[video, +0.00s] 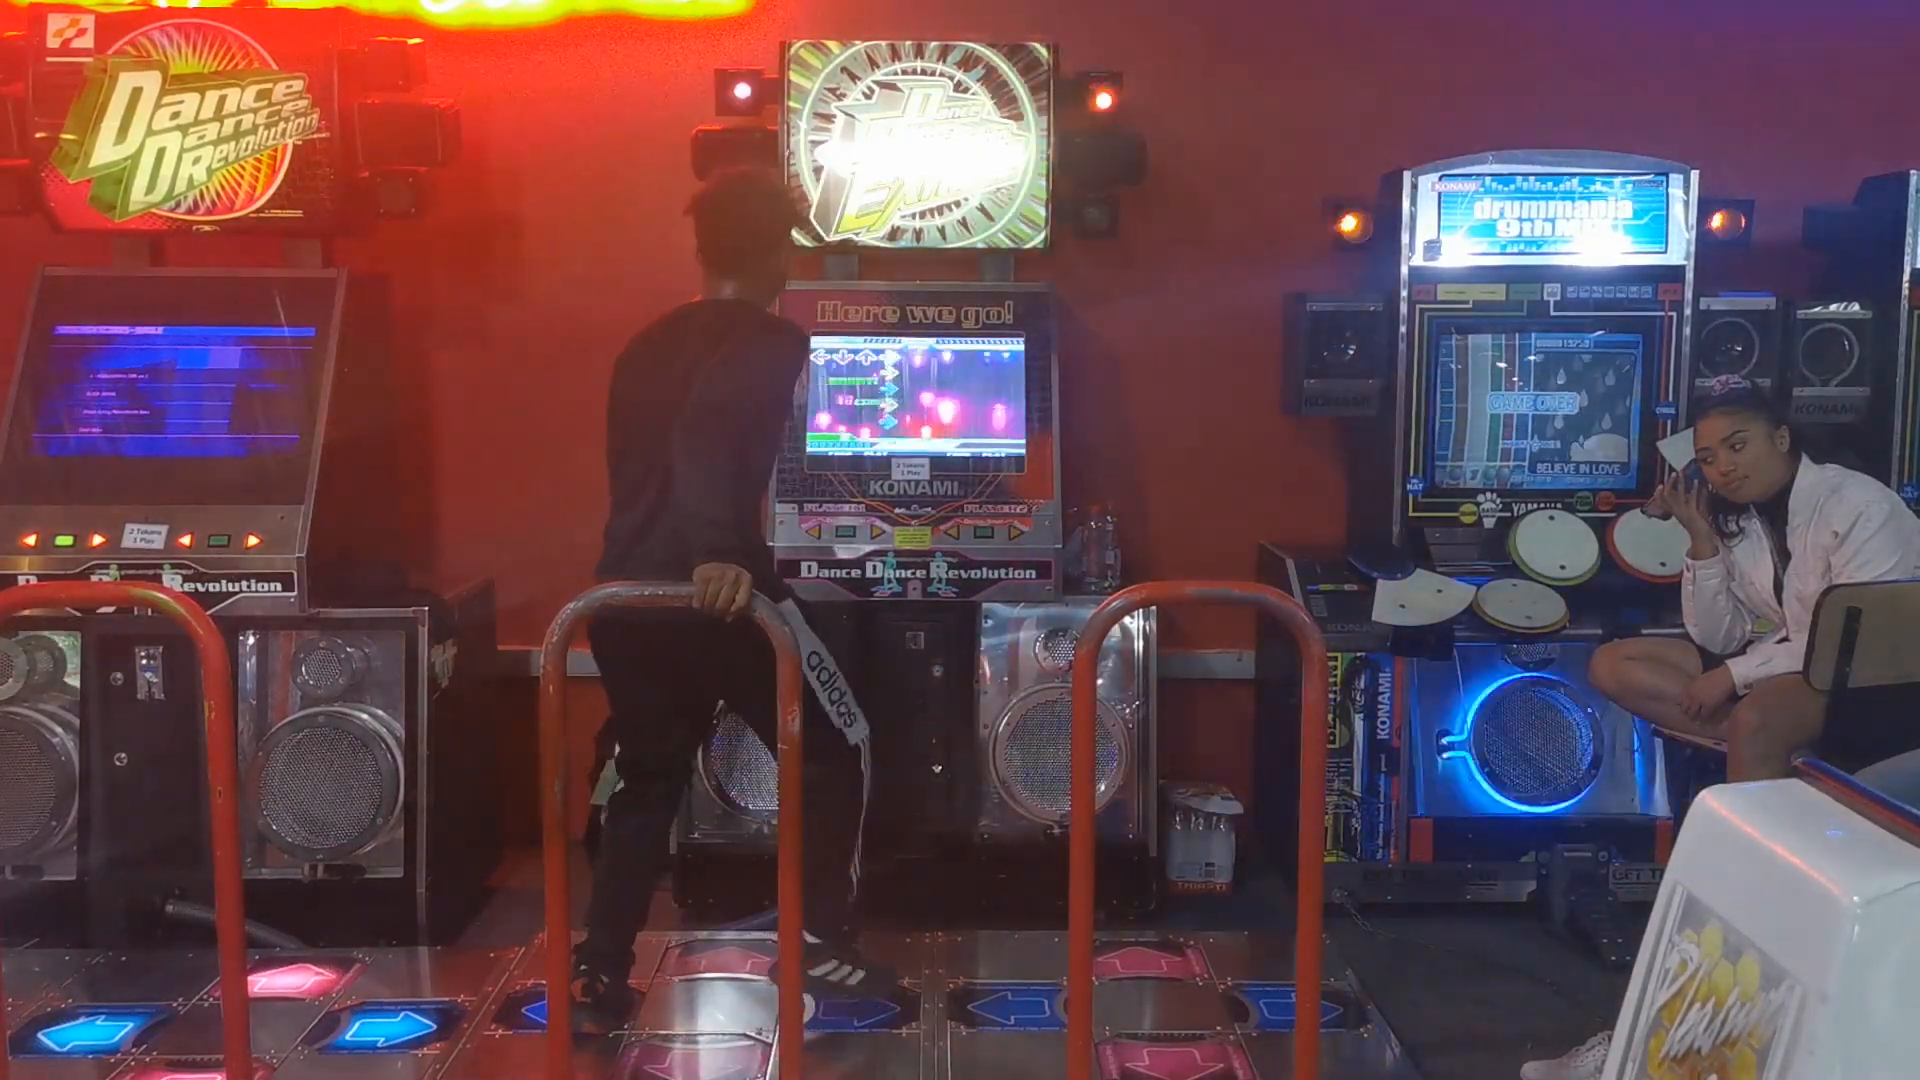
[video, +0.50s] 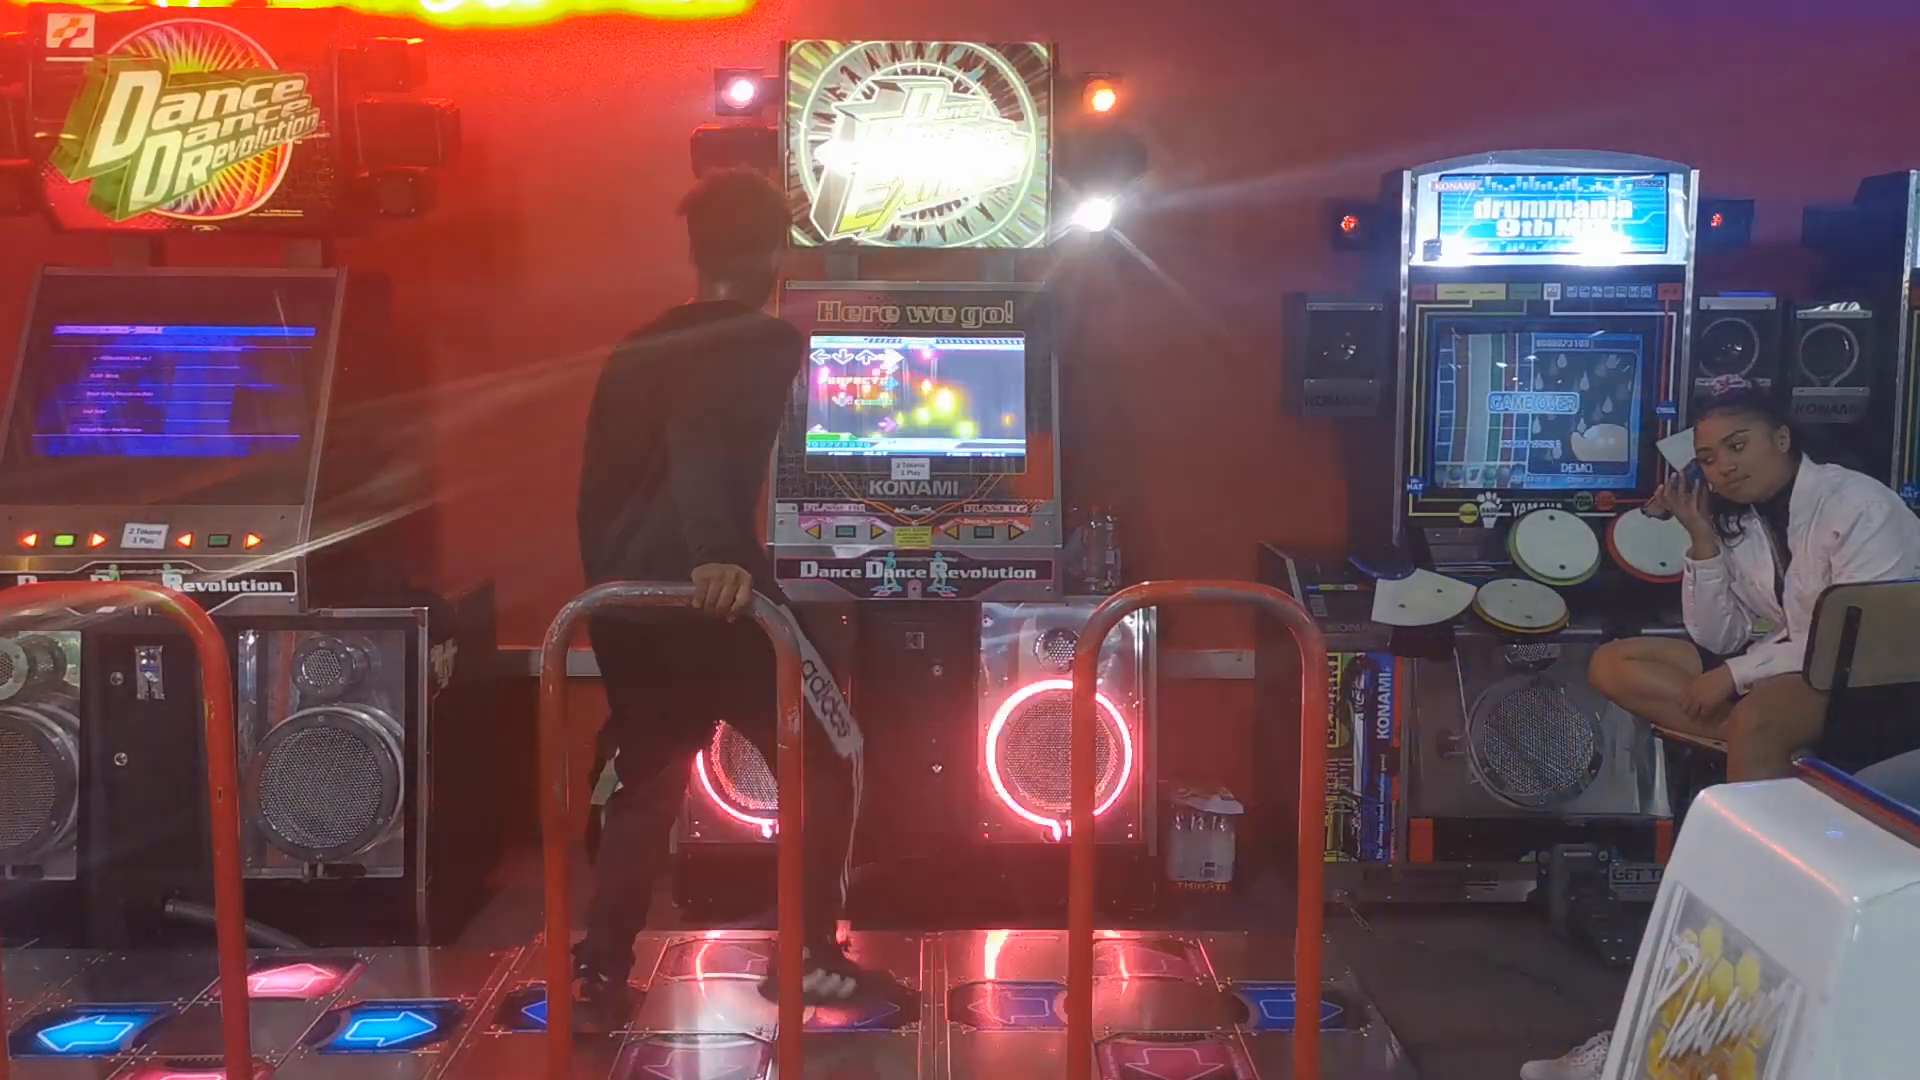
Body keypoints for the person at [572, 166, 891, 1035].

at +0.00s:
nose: (791, 258)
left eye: (788, 244)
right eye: (788, 244)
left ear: (704, 253)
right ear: (776, 252)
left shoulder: (643, 349)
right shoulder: (769, 340)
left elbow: (632, 479)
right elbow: (716, 431)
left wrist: (652, 559)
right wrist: (716, 546)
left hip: (630, 599)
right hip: (729, 596)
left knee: (645, 780)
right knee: (833, 753)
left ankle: (599, 978)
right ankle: (819, 950)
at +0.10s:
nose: (778, 262)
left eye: (767, 247)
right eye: (774, 247)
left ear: (702, 254)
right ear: (769, 253)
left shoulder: (644, 347)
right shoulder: (767, 342)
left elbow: (621, 487)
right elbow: (719, 438)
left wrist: (641, 581)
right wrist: (721, 547)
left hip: (640, 613)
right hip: (734, 615)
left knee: (650, 788)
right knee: (807, 782)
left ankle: (602, 974)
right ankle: (814, 978)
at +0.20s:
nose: (780, 261)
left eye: (773, 244)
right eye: (777, 246)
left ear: (699, 248)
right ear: (769, 251)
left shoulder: (639, 336)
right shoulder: (758, 333)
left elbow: (621, 479)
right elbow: (717, 436)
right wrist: (718, 546)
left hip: (630, 603)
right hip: (724, 599)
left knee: (646, 787)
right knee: (827, 769)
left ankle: (599, 979)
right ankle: (818, 963)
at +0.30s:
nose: (780, 266)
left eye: (771, 253)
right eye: (779, 254)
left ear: (696, 260)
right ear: (771, 261)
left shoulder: (632, 347)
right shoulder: (760, 337)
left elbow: (605, 489)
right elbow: (704, 432)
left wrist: (621, 596)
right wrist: (714, 546)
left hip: (628, 615)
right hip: (718, 611)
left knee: (640, 790)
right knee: (818, 771)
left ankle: (598, 983)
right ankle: (814, 969)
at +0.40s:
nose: (778, 264)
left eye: (771, 250)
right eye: (777, 251)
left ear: (696, 259)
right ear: (769, 259)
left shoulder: (634, 348)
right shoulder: (760, 338)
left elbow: (600, 492)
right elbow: (706, 434)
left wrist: (615, 599)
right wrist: (715, 546)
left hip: (629, 611)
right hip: (716, 607)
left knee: (645, 787)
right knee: (810, 773)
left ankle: (598, 980)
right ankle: (816, 970)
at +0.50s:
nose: (786, 264)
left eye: (781, 249)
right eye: (785, 250)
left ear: (699, 258)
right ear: (774, 258)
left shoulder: (640, 347)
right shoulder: (764, 338)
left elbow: (602, 496)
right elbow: (711, 435)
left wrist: (614, 602)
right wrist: (717, 547)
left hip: (631, 603)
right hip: (723, 598)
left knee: (643, 786)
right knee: (825, 762)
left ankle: (599, 971)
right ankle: (809, 957)